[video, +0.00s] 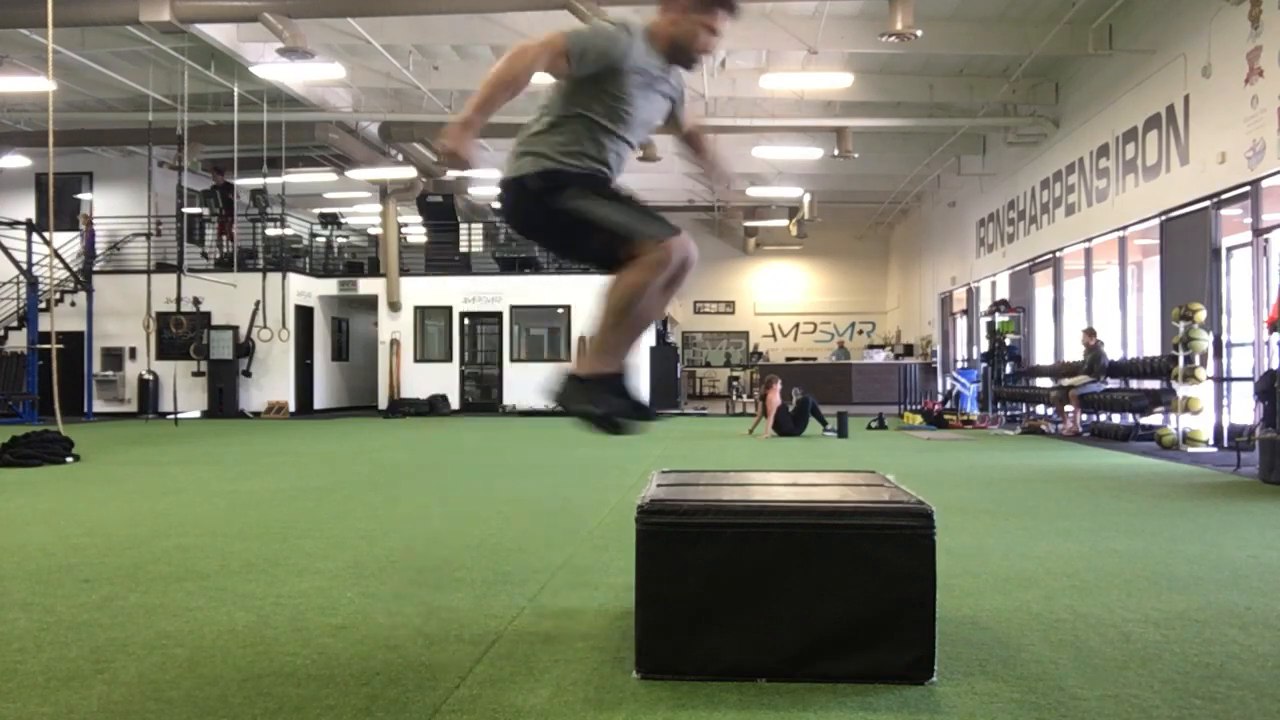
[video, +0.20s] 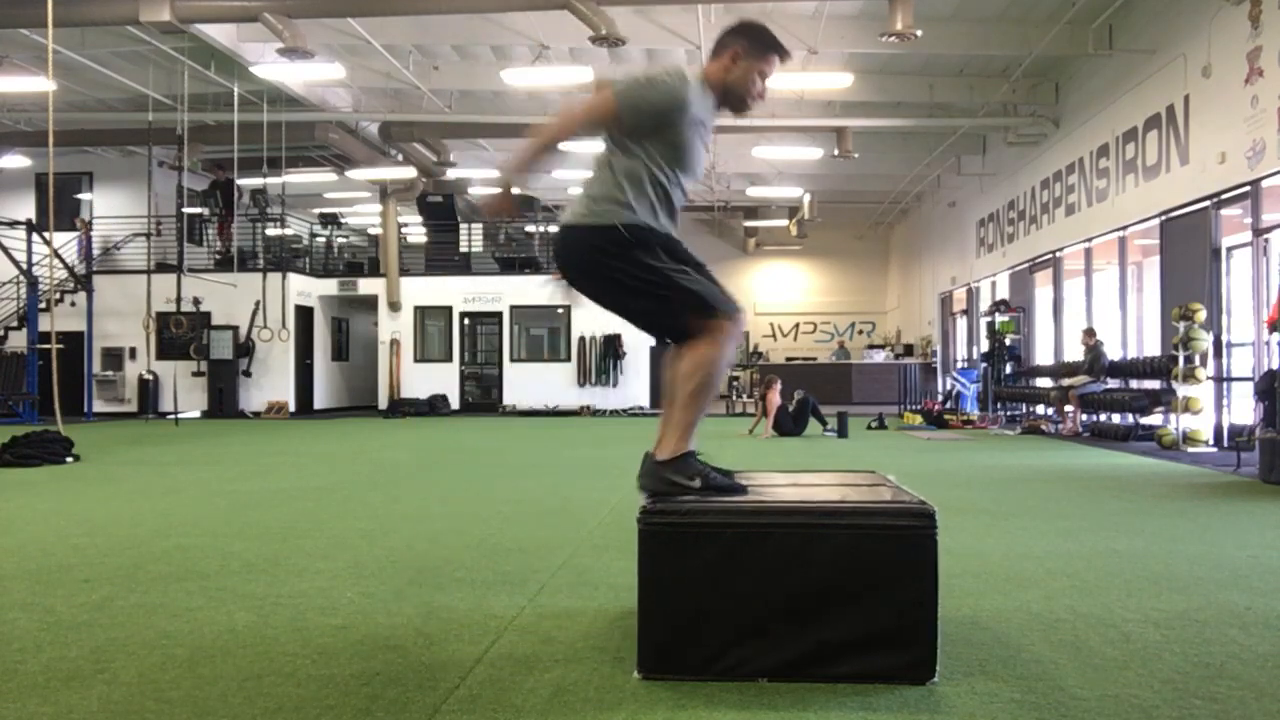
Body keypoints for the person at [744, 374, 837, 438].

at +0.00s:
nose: (780, 386)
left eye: (780, 384)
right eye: (779, 384)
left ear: (769, 385)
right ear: (774, 385)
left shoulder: (765, 396)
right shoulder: (774, 396)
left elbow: (759, 415)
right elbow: (770, 416)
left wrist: (751, 430)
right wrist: (766, 433)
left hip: (784, 430)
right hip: (792, 431)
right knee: (807, 399)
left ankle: (795, 404)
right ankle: (826, 427)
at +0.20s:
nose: (780, 386)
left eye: (780, 384)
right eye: (779, 384)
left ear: (768, 385)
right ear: (773, 385)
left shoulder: (765, 395)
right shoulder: (774, 395)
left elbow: (759, 415)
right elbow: (770, 415)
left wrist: (751, 430)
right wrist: (767, 433)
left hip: (784, 430)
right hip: (792, 431)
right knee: (807, 399)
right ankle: (826, 427)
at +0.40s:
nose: (780, 386)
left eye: (780, 384)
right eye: (779, 384)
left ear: (769, 385)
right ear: (773, 385)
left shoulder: (765, 395)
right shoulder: (773, 395)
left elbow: (759, 415)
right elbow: (770, 415)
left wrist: (751, 430)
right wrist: (767, 433)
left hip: (785, 430)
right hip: (792, 431)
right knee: (808, 400)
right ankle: (826, 427)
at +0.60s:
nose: (780, 386)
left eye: (780, 384)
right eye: (779, 384)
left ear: (769, 385)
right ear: (773, 385)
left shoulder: (765, 395)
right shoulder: (774, 396)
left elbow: (759, 415)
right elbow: (770, 415)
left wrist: (751, 430)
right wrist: (767, 433)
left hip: (784, 430)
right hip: (792, 431)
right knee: (808, 400)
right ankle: (826, 427)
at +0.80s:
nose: (780, 386)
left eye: (780, 384)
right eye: (779, 384)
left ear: (768, 385)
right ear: (773, 385)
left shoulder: (765, 396)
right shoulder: (773, 395)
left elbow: (759, 415)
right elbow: (770, 416)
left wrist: (751, 430)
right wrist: (767, 433)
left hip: (785, 430)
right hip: (792, 430)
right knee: (807, 400)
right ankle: (826, 427)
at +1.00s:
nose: (780, 386)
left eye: (780, 384)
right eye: (779, 384)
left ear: (768, 385)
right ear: (773, 385)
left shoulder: (765, 395)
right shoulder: (773, 395)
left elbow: (759, 415)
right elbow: (770, 415)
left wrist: (751, 430)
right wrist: (767, 433)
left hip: (785, 430)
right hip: (792, 430)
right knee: (807, 400)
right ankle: (826, 427)